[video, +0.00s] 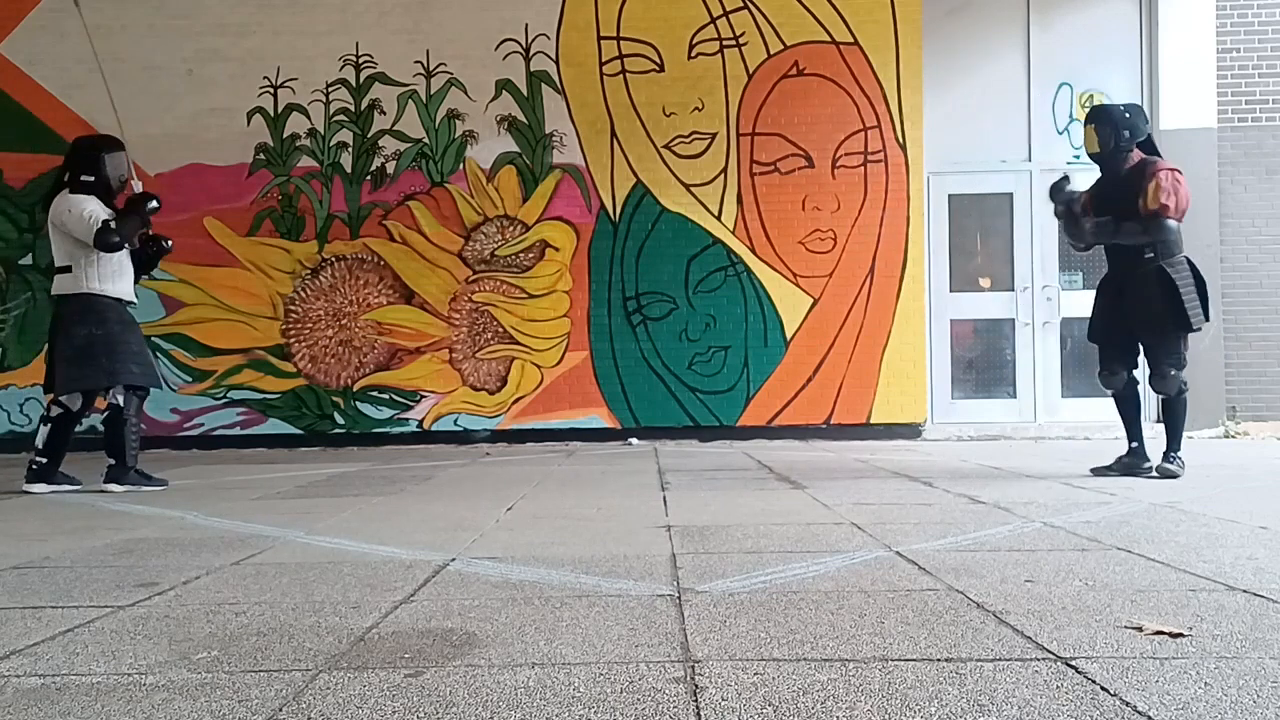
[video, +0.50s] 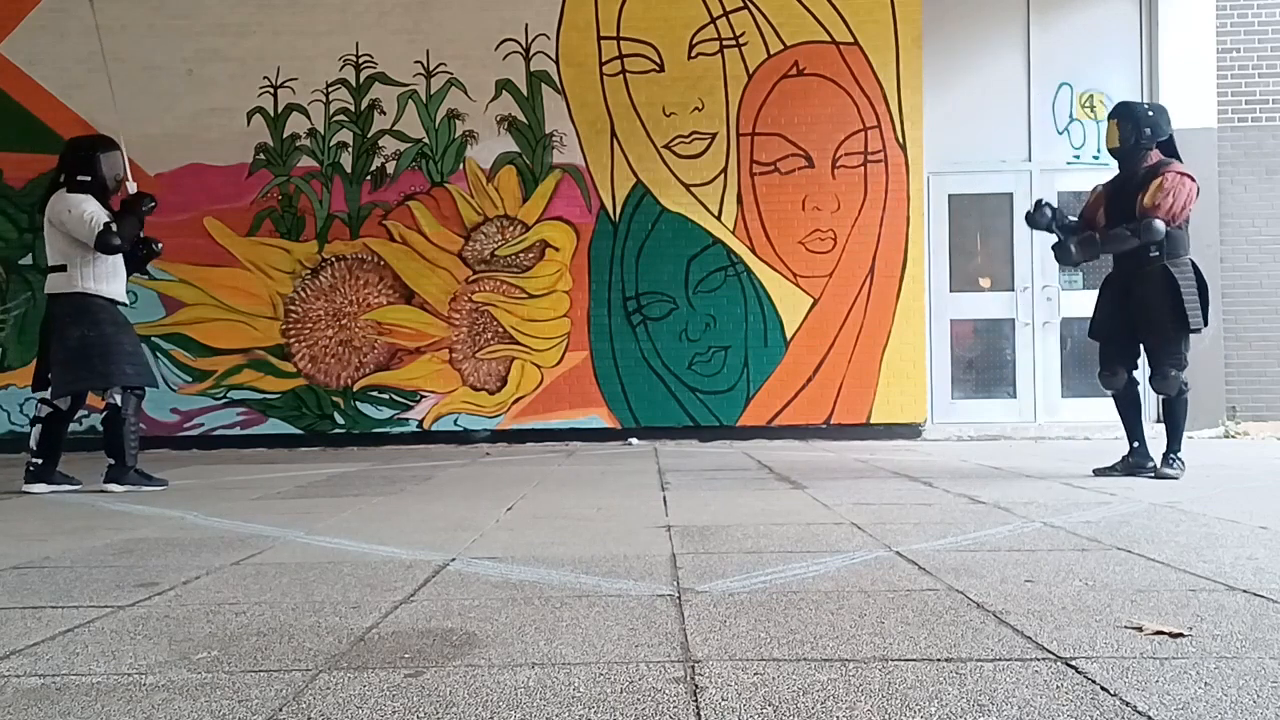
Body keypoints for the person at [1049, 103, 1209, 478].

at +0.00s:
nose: (1092, 143)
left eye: (1099, 134)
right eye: (1089, 135)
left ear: (1124, 134)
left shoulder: (1158, 174)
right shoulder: (1102, 187)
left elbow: (1164, 231)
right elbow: (1081, 240)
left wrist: (1104, 230)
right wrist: (1065, 208)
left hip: (1161, 283)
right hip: (1119, 285)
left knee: (1167, 373)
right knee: (1116, 372)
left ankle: (1173, 455)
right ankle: (1137, 453)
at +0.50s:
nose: (1111, 139)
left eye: (1119, 130)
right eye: (1110, 131)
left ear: (1144, 133)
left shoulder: (1173, 179)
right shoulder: (1112, 189)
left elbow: (1150, 229)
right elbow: (1088, 229)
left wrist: (1087, 248)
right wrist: (1057, 221)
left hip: (1165, 283)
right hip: (1122, 284)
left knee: (1168, 375)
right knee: (1115, 371)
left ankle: (1173, 455)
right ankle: (1139, 454)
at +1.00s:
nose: (1081, 144)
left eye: (1088, 136)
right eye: (1082, 136)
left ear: (1110, 138)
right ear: (1112, 139)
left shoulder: (1139, 182)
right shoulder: (1099, 188)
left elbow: (1135, 245)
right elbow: (1092, 242)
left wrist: (1084, 269)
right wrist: (1070, 239)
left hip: (1138, 286)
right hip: (1101, 289)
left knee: (1150, 378)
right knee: (1087, 372)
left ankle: (1170, 456)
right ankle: (1106, 454)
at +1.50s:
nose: (1010, 167)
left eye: (1016, 159)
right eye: (1010, 159)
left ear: (1038, 162)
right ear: (1049, 164)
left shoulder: (1043, 200)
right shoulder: (1067, 196)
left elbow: (1002, 244)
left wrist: (968, 252)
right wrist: (1005, 222)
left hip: (1060, 303)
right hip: (1083, 302)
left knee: (1006, 372)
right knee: (1049, 386)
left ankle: (966, 450)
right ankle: (1102, 456)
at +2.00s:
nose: (948, 168)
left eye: (953, 160)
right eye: (949, 160)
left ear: (977, 162)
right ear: (992, 164)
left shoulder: (977, 201)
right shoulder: (1021, 201)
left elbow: (941, 255)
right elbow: (1008, 250)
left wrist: (921, 268)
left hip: (989, 304)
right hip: (1022, 305)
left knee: (929, 371)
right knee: (1014, 389)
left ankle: (941, 460)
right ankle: (1070, 455)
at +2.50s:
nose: (944, 169)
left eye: (950, 161)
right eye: (944, 161)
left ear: (973, 164)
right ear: (986, 165)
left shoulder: (979, 201)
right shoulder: (1008, 198)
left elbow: (949, 255)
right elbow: (977, 253)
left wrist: (922, 274)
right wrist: (933, 269)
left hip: (993, 301)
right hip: (1017, 300)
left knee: (935, 368)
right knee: (1007, 387)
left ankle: (941, 460)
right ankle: (1070, 449)